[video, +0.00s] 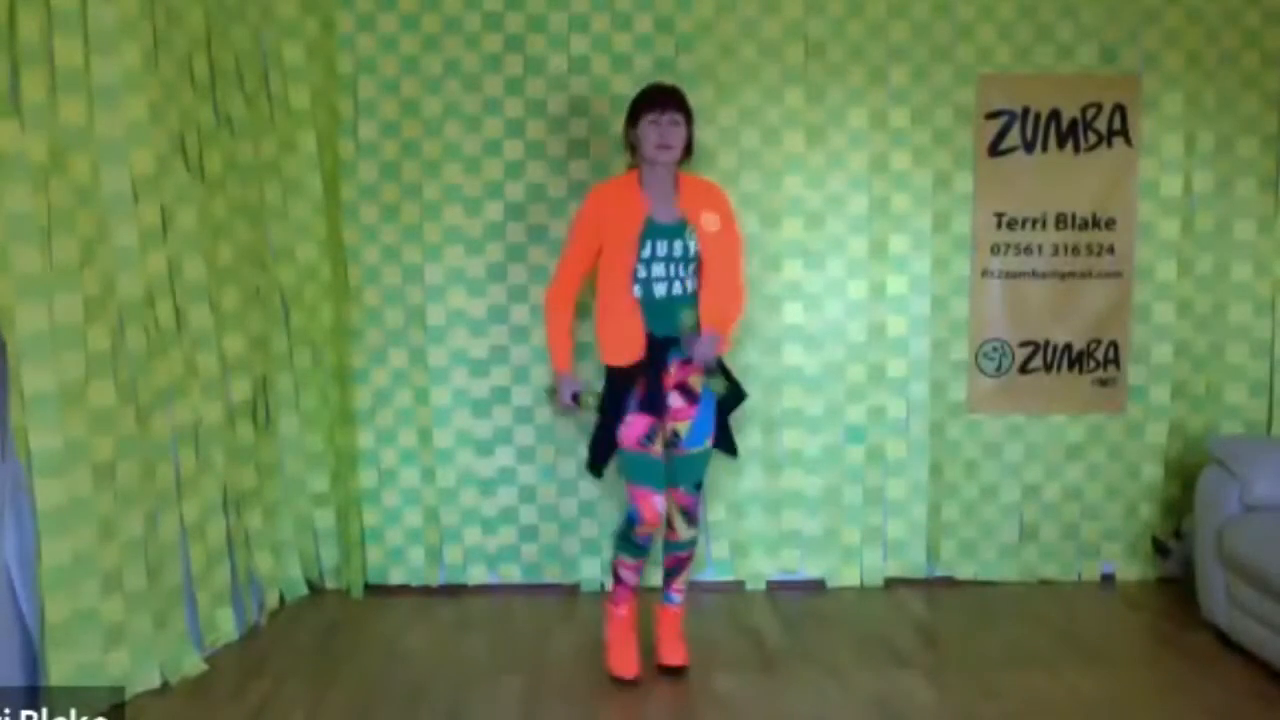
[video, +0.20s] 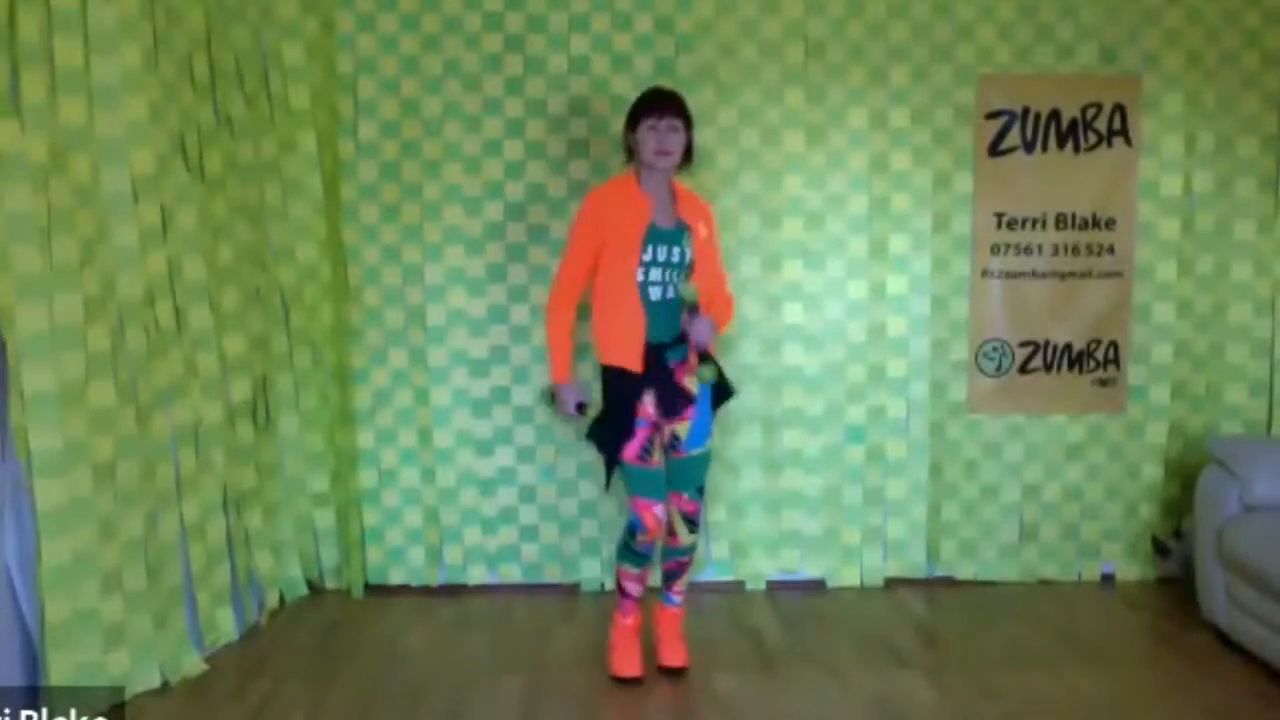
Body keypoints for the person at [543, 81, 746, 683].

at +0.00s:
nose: (663, 134)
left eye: (674, 124)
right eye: (652, 124)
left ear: (689, 135)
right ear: (633, 133)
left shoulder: (709, 199)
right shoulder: (606, 202)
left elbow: (728, 278)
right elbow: (563, 288)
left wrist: (717, 332)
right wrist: (563, 366)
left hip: (696, 364)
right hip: (632, 367)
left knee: (687, 503)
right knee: (646, 507)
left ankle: (672, 616)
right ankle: (621, 617)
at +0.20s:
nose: (663, 139)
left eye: (673, 130)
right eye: (652, 129)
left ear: (688, 141)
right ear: (631, 138)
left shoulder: (697, 211)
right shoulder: (603, 205)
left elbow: (717, 290)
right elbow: (564, 293)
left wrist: (710, 321)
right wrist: (562, 374)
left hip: (689, 371)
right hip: (629, 373)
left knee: (687, 510)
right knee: (648, 512)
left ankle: (672, 619)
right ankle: (627, 624)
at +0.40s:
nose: (645, 146)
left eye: (657, 136)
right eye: (634, 136)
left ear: (674, 147)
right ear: (619, 146)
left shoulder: (702, 209)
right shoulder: (594, 212)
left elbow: (733, 291)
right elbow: (565, 300)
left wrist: (733, 365)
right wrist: (565, 383)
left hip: (683, 373)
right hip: (617, 377)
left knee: (691, 504)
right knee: (629, 506)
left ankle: (678, 609)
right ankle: (622, 618)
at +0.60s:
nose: (641, 137)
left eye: (653, 127)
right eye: (631, 126)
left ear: (672, 138)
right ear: (615, 135)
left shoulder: (698, 197)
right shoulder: (599, 205)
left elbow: (738, 276)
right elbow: (585, 275)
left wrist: (737, 350)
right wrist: (588, 306)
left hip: (678, 368)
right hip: (616, 368)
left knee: (664, 512)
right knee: (625, 504)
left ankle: (680, 613)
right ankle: (626, 620)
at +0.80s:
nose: (647, 140)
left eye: (659, 130)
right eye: (637, 130)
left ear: (678, 140)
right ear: (621, 140)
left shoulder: (708, 202)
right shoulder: (605, 209)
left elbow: (746, 291)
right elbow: (590, 287)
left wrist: (750, 371)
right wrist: (591, 329)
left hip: (689, 369)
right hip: (626, 367)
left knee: (681, 504)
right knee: (618, 499)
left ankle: (683, 615)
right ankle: (630, 617)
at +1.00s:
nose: (659, 135)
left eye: (671, 125)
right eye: (648, 124)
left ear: (687, 136)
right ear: (630, 134)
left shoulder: (710, 197)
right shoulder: (602, 202)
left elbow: (734, 275)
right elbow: (566, 292)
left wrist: (721, 327)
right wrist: (571, 367)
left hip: (698, 365)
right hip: (631, 369)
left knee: (693, 503)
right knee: (639, 509)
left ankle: (685, 616)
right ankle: (617, 609)